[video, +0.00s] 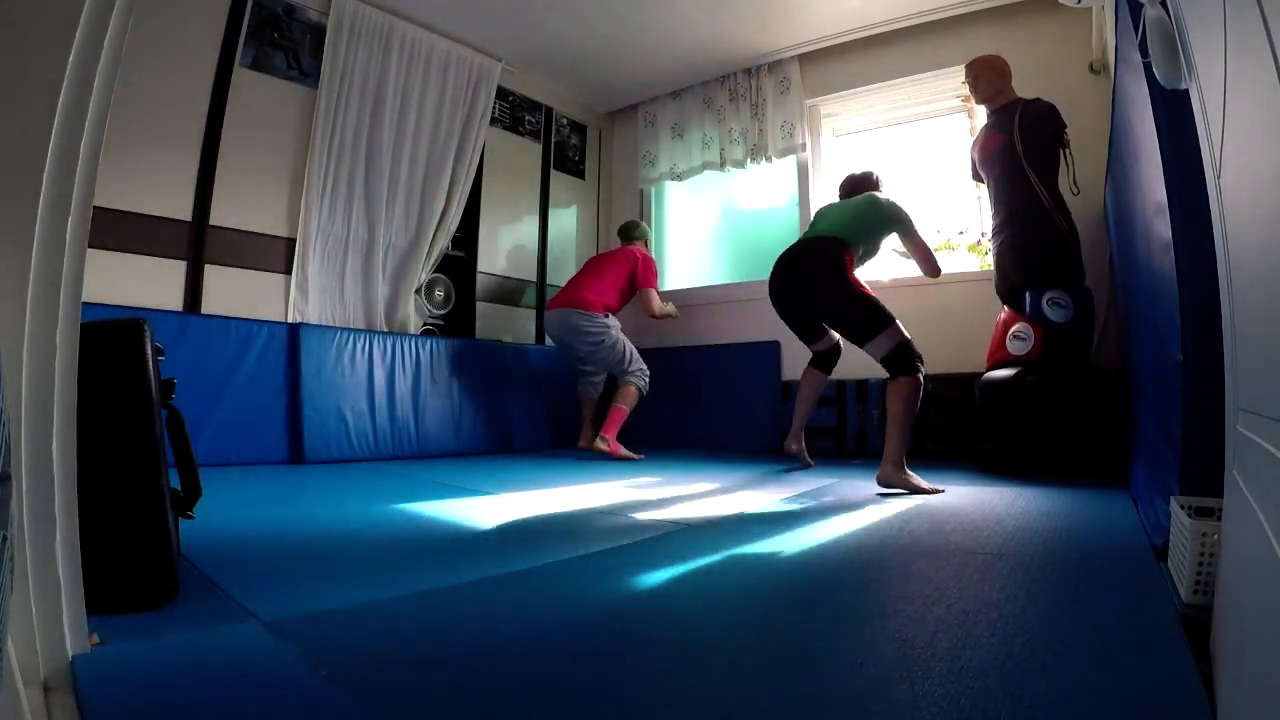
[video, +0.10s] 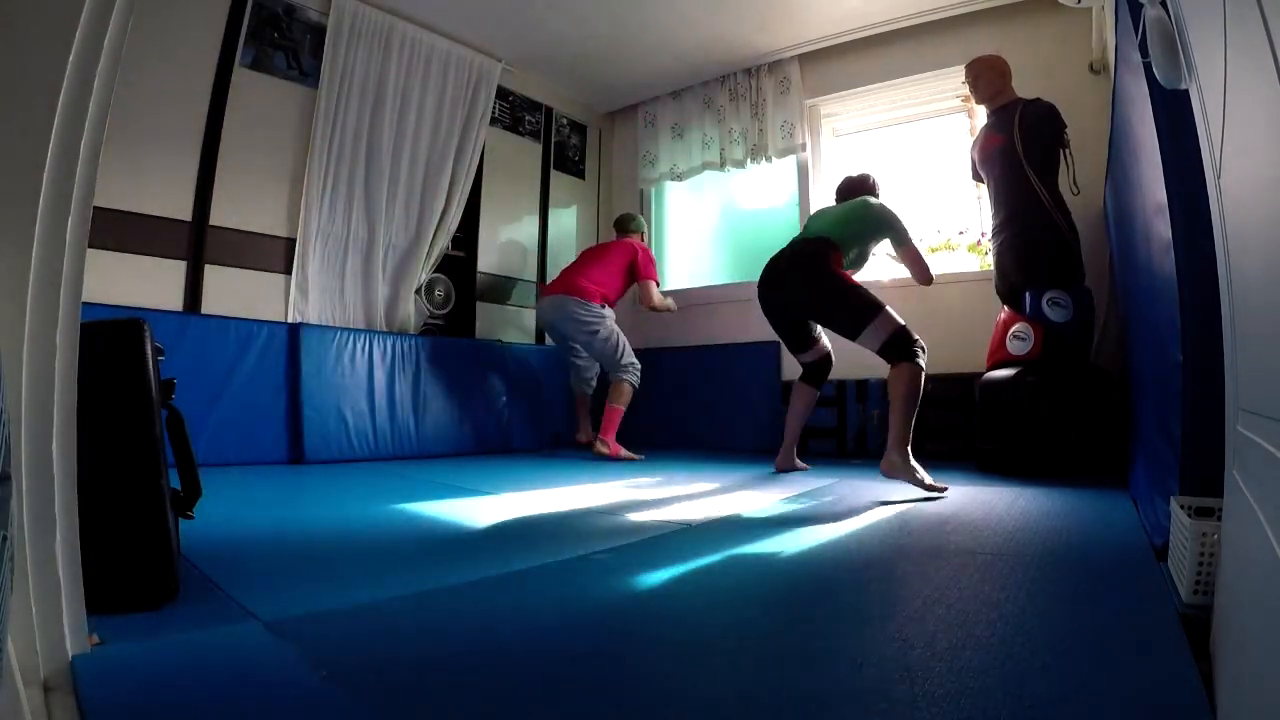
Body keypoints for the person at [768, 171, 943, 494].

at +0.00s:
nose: (881, 184)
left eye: (878, 181)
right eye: (879, 182)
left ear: (845, 195)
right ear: (876, 190)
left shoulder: (828, 210)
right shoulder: (886, 206)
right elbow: (932, 269)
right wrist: (905, 249)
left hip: (782, 280)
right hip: (828, 276)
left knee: (827, 350)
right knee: (907, 364)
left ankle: (794, 438)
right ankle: (893, 466)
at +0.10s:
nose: (878, 188)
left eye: (874, 184)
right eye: (876, 186)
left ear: (841, 198)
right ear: (873, 194)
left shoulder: (822, 215)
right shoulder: (878, 211)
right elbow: (925, 277)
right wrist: (900, 255)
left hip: (771, 282)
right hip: (814, 276)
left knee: (817, 363)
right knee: (908, 351)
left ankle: (787, 453)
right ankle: (898, 456)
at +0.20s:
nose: (874, 188)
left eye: (870, 184)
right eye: (872, 186)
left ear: (836, 195)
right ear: (868, 192)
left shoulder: (815, 211)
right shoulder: (874, 207)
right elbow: (918, 277)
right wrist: (899, 252)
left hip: (768, 287)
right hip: (813, 281)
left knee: (814, 363)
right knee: (903, 367)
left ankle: (786, 456)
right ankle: (876, 460)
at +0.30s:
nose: (874, 183)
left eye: (870, 179)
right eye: (872, 180)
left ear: (832, 187)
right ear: (867, 185)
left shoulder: (812, 200)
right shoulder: (876, 198)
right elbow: (920, 272)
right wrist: (891, 249)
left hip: (766, 277)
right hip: (815, 275)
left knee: (801, 358)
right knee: (892, 377)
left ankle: (787, 452)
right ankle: (863, 483)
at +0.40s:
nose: (870, 183)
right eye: (869, 179)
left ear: (827, 181)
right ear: (864, 180)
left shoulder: (806, 195)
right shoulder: (871, 193)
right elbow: (915, 268)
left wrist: (841, 255)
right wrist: (886, 242)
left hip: (751, 270)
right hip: (800, 267)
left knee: (796, 351)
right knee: (891, 364)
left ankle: (758, 444)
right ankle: (865, 482)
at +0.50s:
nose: (864, 184)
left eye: (861, 178)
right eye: (862, 179)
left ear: (821, 182)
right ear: (857, 179)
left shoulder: (799, 199)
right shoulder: (860, 196)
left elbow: (800, 263)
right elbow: (907, 268)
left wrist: (840, 255)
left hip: (730, 271)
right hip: (777, 265)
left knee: (780, 362)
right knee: (884, 345)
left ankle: (741, 460)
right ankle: (868, 468)